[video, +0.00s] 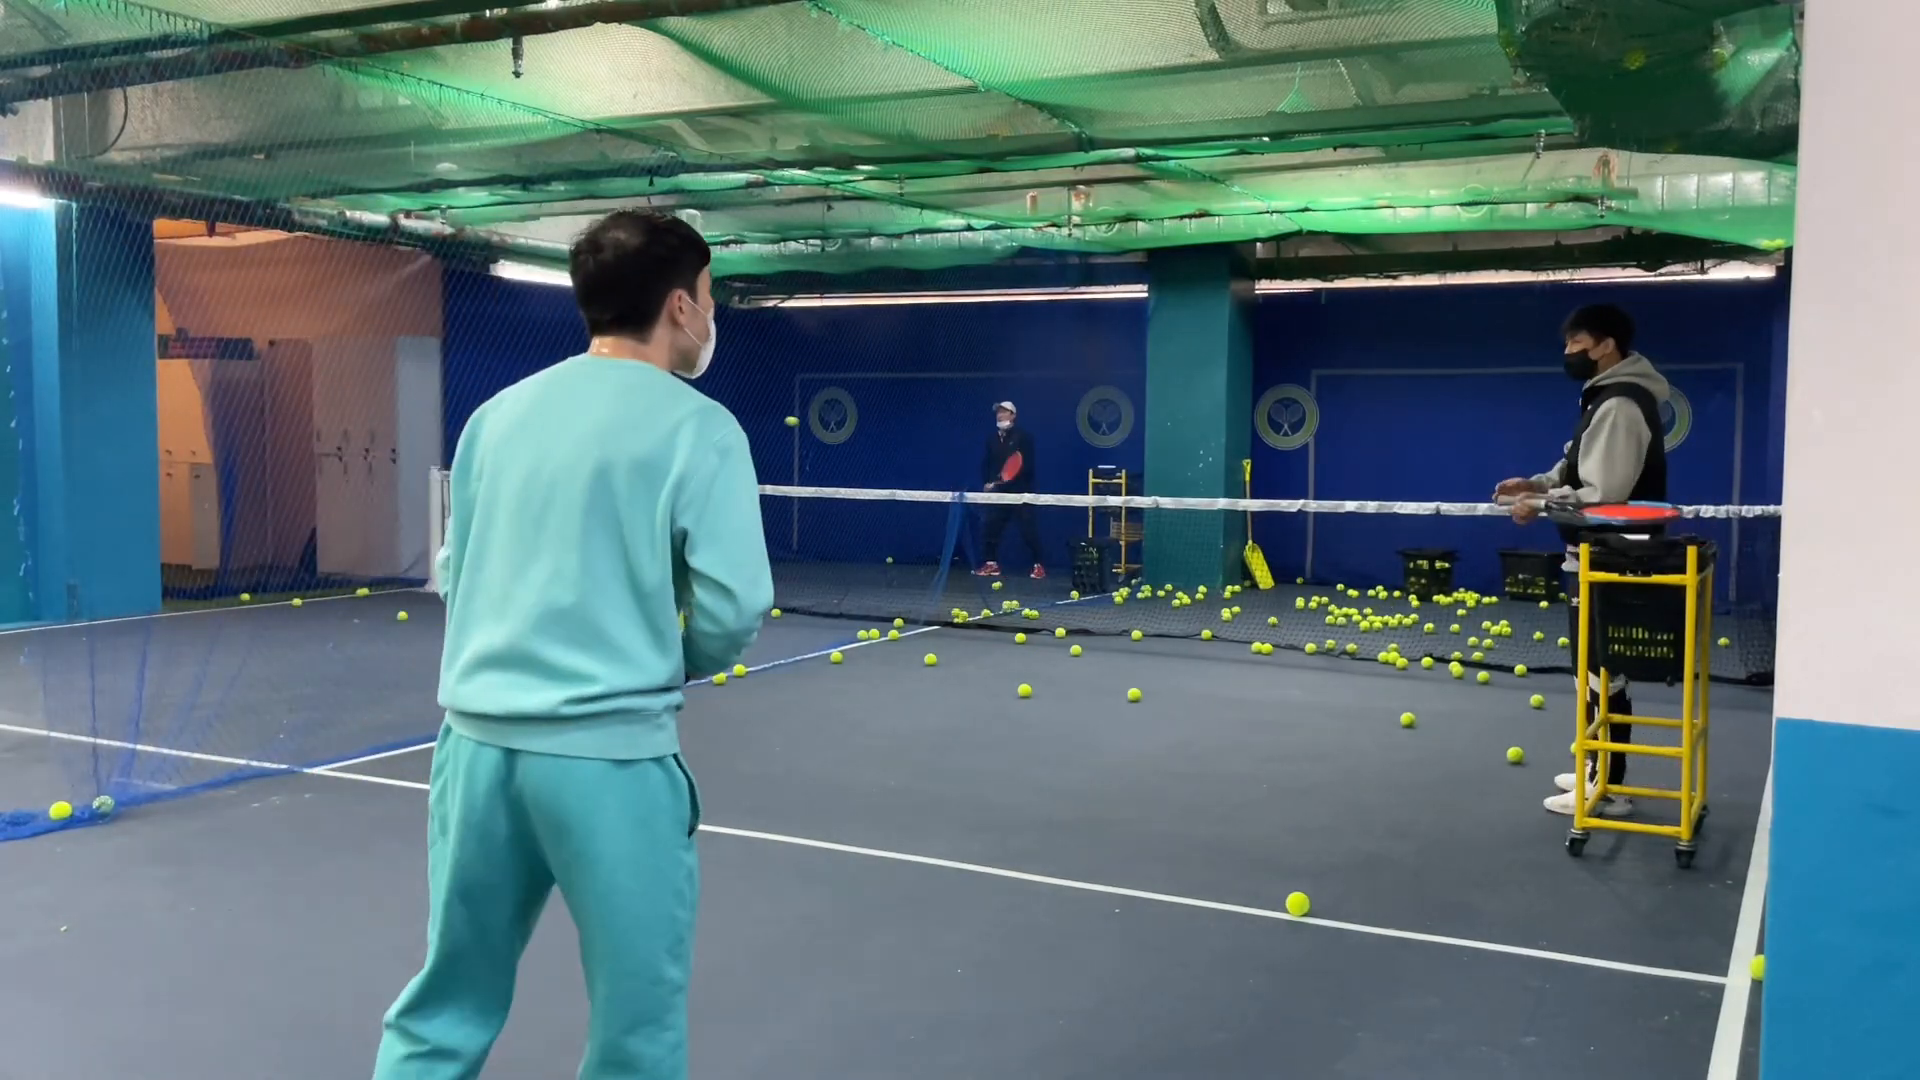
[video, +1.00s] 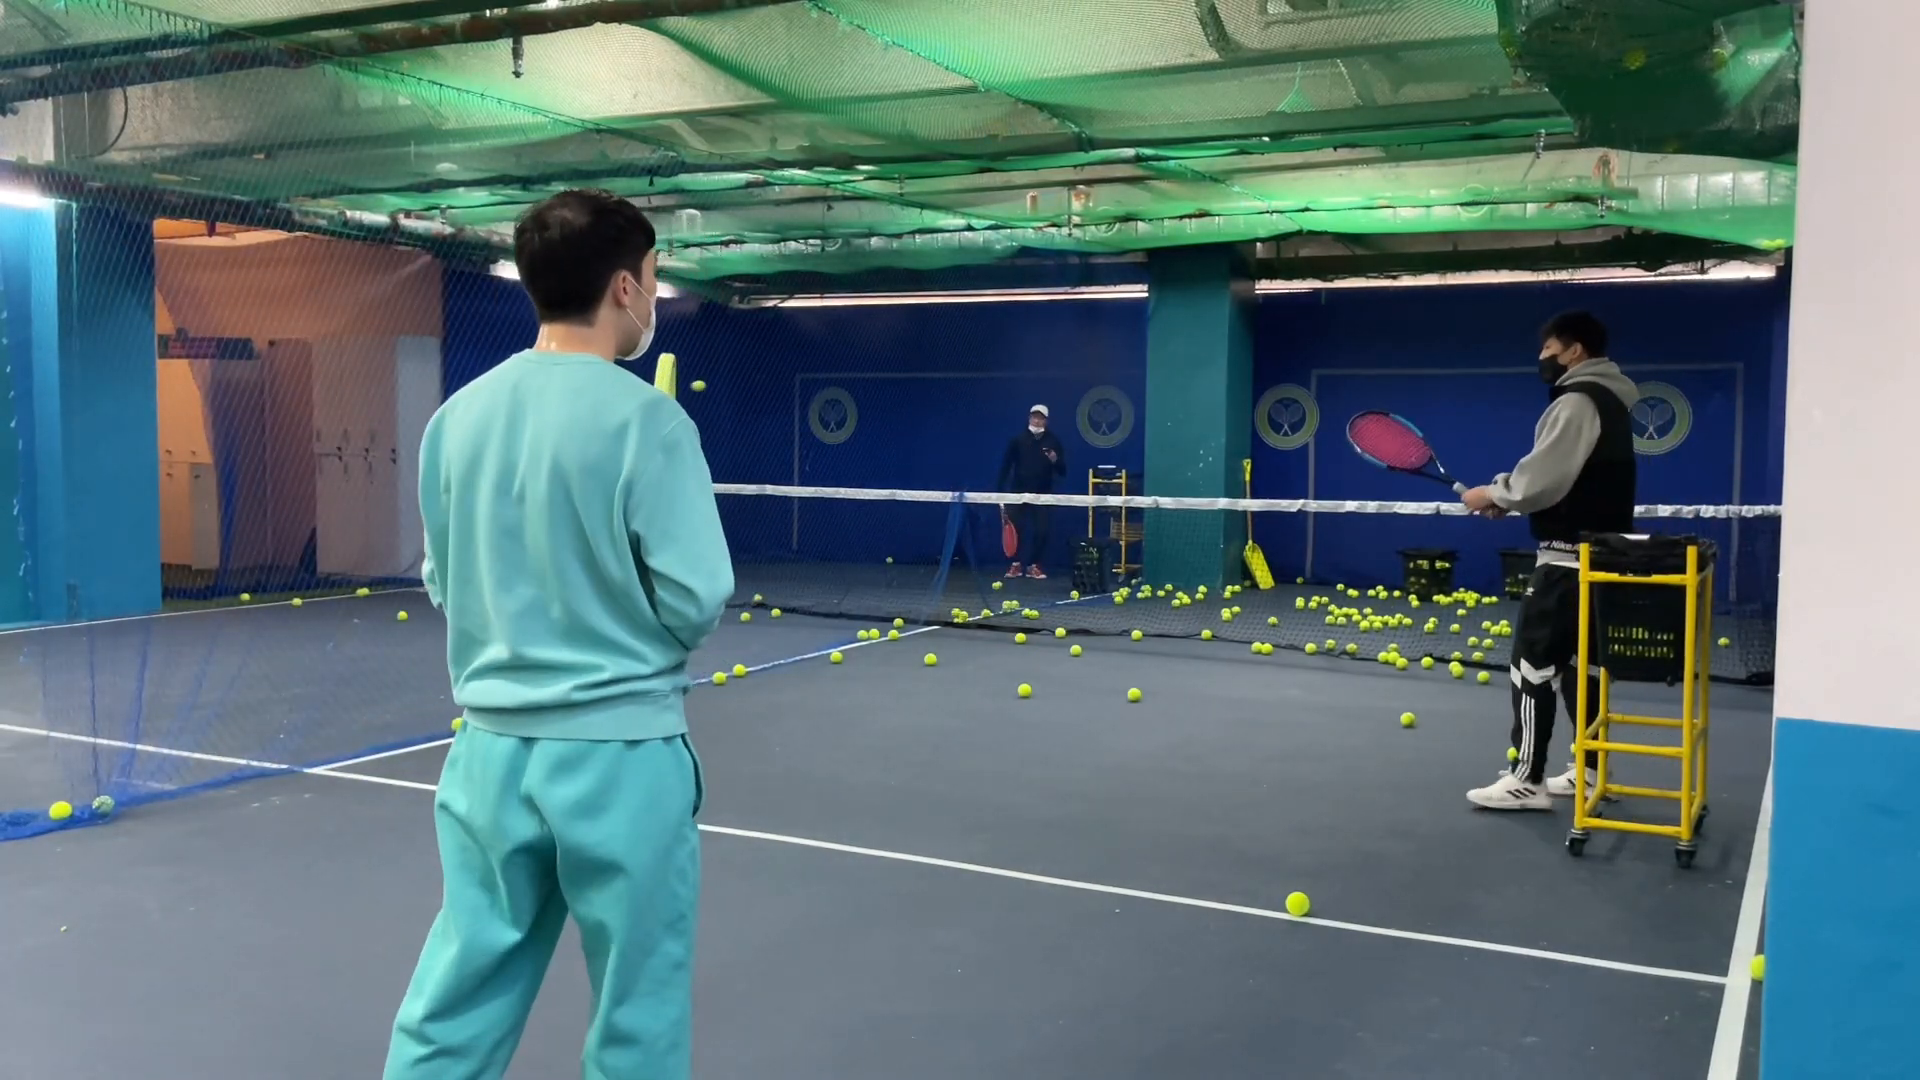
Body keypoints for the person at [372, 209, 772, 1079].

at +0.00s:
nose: (711, 314)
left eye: (712, 295)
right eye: (708, 295)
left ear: (597, 306)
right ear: (678, 305)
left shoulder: (494, 417)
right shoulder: (698, 426)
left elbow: (454, 579)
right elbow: (730, 605)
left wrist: (535, 636)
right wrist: (666, 655)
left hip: (474, 754)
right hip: (612, 764)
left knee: (445, 1006)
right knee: (639, 1029)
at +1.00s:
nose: (656, 293)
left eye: (653, 273)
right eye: (650, 274)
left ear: (538, 287)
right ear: (619, 286)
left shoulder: (454, 418)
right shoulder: (647, 418)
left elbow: (444, 581)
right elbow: (697, 589)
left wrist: (532, 633)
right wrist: (639, 649)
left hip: (485, 761)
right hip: (621, 764)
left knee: (453, 1012)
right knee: (640, 1019)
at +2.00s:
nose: (615, 302)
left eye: (614, 282)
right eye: (611, 282)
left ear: (497, 293)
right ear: (578, 291)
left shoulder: (414, 413)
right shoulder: (622, 415)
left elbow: (393, 577)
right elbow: (653, 589)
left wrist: (484, 616)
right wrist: (566, 627)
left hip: (439, 761)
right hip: (582, 767)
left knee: (418, 1020)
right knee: (625, 1020)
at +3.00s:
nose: (676, 314)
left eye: (674, 298)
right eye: (674, 298)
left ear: (567, 310)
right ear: (653, 308)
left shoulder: (508, 399)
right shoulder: (693, 425)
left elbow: (460, 555)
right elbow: (609, 544)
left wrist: (377, 520)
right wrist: (419, 558)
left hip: (517, 740)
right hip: (647, 743)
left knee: (508, 974)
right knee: (671, 919)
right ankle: (678, 1066)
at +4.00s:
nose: (744, 333)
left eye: (743, 320)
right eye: (742, 320)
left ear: (648, 326)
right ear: (730, 324)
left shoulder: (624, 397)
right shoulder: (755, 415)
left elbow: (622, 536)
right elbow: (688, 558)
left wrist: (509, 570)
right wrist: (545, 594)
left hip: (641, 702)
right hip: (745, 704)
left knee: (569, 907)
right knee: (739, 898)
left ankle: (538, 1068)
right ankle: (754, 1063)